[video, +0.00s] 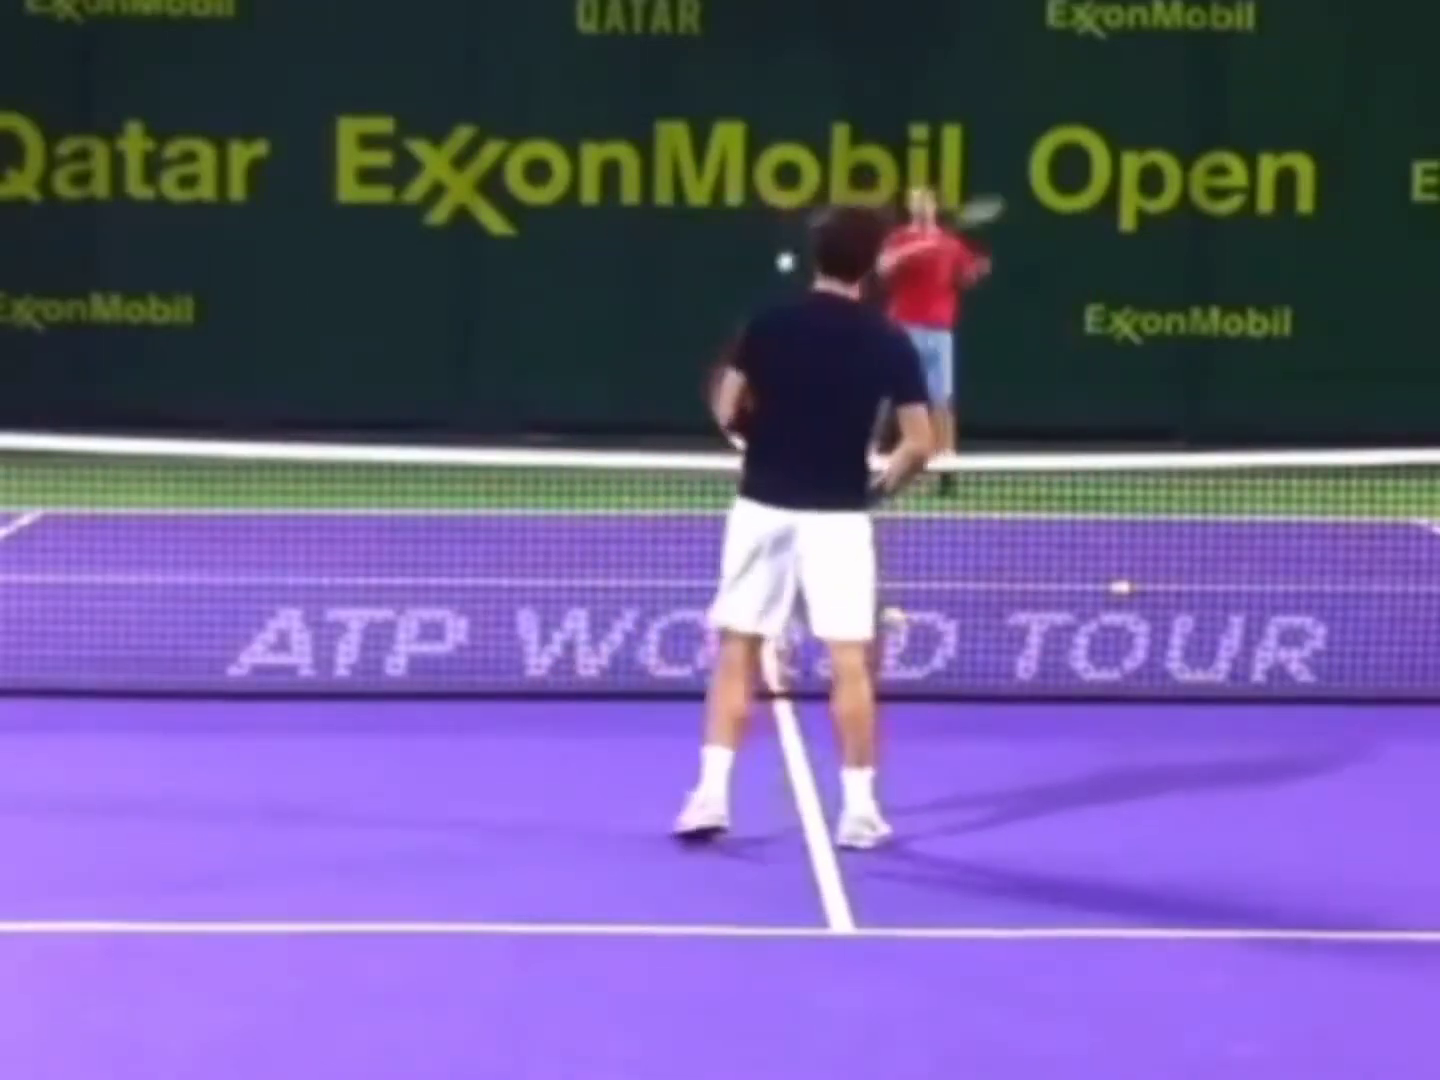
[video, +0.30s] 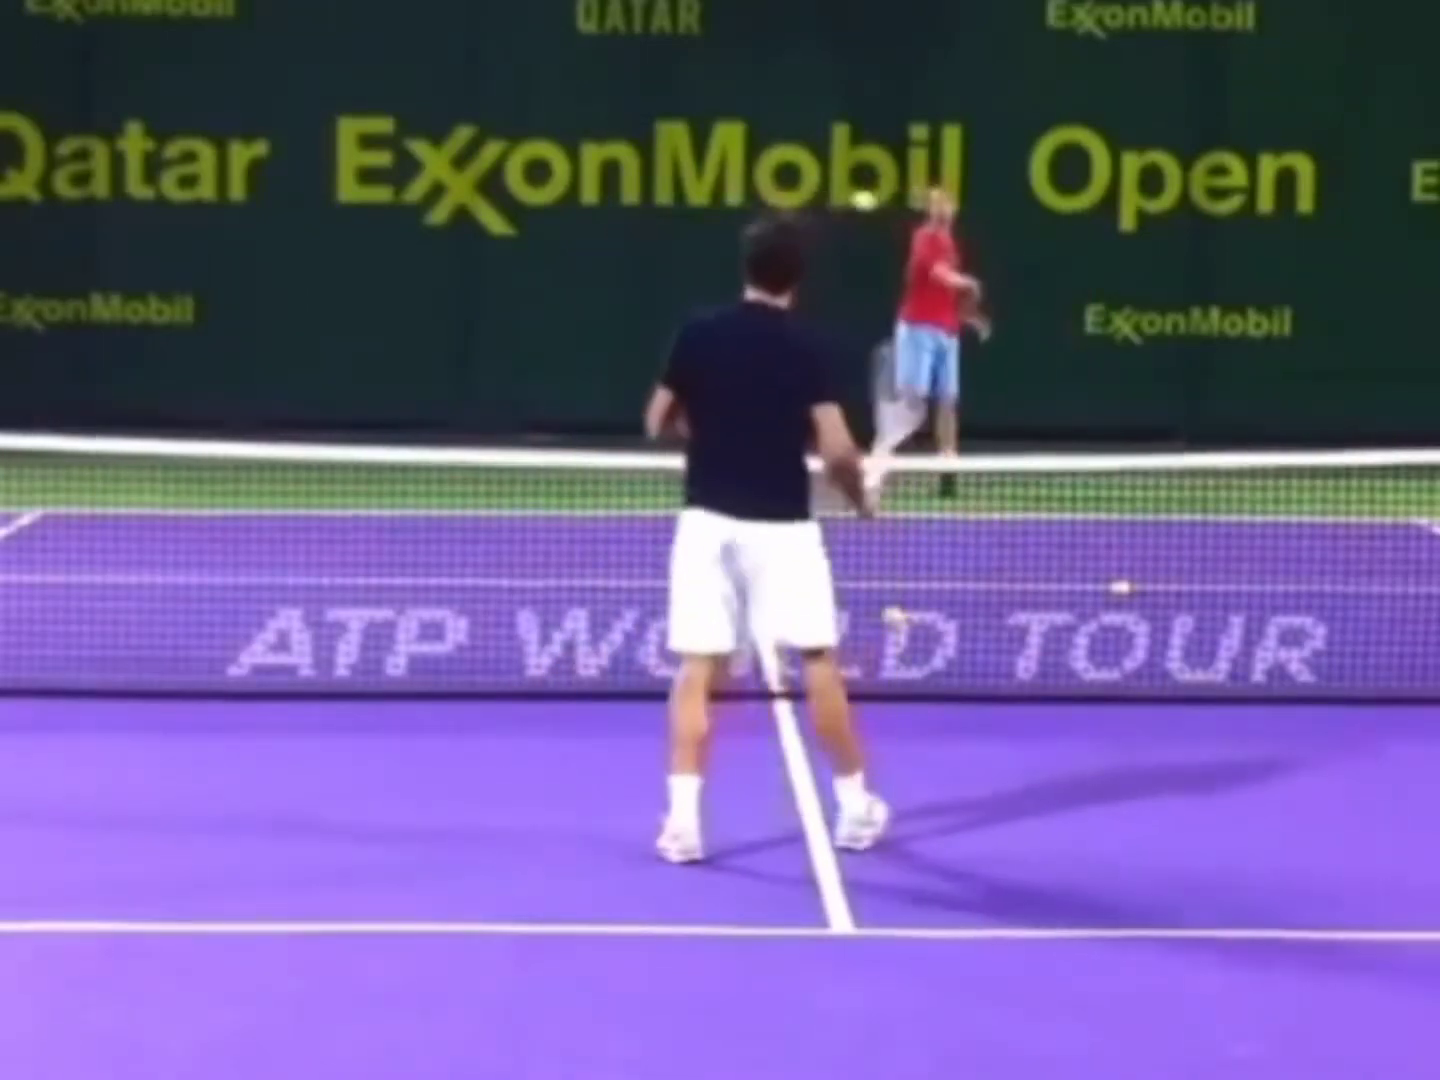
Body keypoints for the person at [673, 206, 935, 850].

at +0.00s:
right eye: (877, 264)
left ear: (814, 261)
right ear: (871, 269)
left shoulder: (771, 322)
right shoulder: (888, 343)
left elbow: (726, 405)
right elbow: (921, 441)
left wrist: (756, 436)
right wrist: (883, 472)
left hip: (762, 508)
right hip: (838, 517)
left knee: (737, 649)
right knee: (849, 660)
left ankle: (712, 790)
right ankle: (859, 805)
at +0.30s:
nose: (790, 281)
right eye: (795, 272)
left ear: (743, 273)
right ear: (799, 278)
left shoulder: (701, 334)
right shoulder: (807, 346)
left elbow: (658, 422)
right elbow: (836, 450)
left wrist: (709, 432)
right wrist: (857, 489)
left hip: (706, 522)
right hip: (783, 528)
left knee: (696, 668)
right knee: (820, 663)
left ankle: (682, 817)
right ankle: (855, 802)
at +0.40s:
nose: (784, 274)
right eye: (786, 265)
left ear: (731, 264)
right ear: (786, 271)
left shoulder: (688, 324)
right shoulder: (787, 339)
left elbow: (623, 408)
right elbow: (816, 446)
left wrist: (669, 445)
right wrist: (873, 480)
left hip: (683, 518)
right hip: (758, 523)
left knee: (684, 664)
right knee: (794, 657)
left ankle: (680, 815)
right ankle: (826, 800)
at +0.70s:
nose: (778, 281)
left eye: (775, 269)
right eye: (779, 272)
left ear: (720, 258)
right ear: (769, 276)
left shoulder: (661, 315)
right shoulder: (760, 342)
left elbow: (589, 389)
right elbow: (784, 441)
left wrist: (631, 432)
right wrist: (827, 486)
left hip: (650, 516)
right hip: (721, 521)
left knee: (660, 672)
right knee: (734, 668)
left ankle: (676, 815)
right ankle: (724, 813)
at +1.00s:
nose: (765, 287)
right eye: (767, 278)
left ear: (707, 268)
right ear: (764, 285)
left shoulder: (654, 323)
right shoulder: (765, 358)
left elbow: (596, 408)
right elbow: (763, 450)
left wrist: (652, 413)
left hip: (633, 523)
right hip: (707, 530)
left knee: (649, 676)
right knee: (697, 683)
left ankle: (665, 811)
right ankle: (690, 827)